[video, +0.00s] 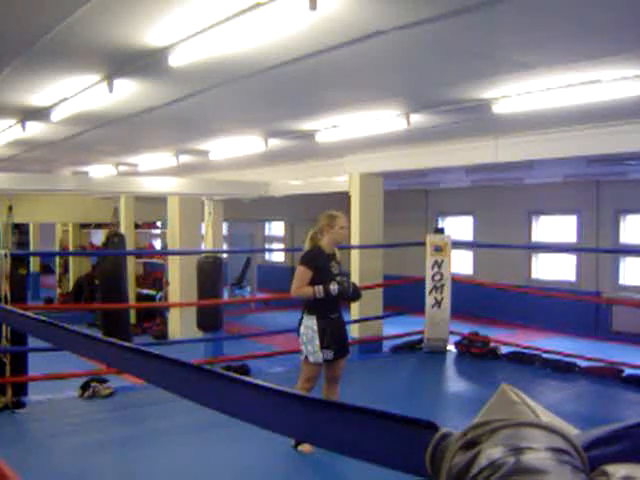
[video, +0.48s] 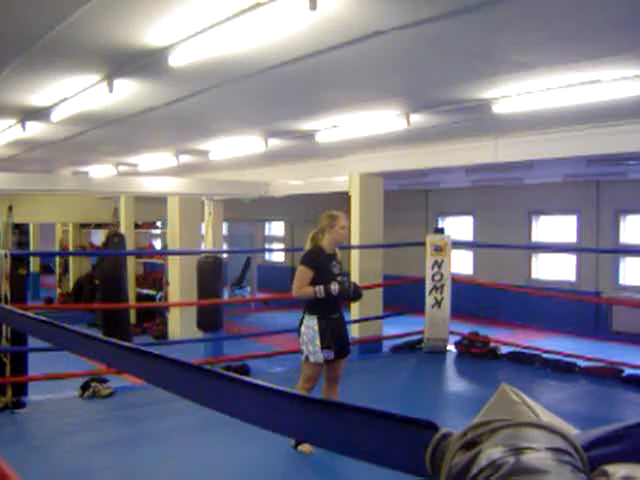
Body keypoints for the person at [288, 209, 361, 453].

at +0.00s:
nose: (345, 233)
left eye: (346, 229)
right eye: (342, 229)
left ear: (335, 230)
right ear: (327, 229)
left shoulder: (334, 258)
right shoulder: (312, 255)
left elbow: (332, 289)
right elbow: (296, 289)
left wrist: (349, 291)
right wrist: (327, 289)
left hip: (334, 317)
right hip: (315, 318)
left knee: (334, 378)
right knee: (308, 379)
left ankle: (329, 428)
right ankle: (299, 431)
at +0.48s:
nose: (346, 233)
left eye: (347, 229)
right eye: (343, 229)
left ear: (338, 230)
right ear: (328, 229)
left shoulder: (335, 258)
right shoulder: (313, 256)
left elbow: (331, 289)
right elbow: (297, 289)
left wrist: (349, 291)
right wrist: (329, 289)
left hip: (335, 318)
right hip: (316, 319)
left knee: (334, 378)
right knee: (309, 379)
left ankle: (331, 428)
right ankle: (299, 431)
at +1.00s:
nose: (346, 233)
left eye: (347, 229)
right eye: (343, 229)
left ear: (338, 230)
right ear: (329, 229)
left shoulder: (336, 257)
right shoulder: (314, 256)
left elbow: (333, 288)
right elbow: (298, 290)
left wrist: (350, 291)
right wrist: (329, 289)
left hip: (335, 317)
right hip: (316, 318)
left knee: (334, 378)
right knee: (309, 379)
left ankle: (330, 428)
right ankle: (299, 431)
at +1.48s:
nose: (347, 233)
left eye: (347, 229)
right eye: (343, 229)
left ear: (337, 230)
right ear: (329, 229)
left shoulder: (336, 258)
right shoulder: (313, 256)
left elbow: (333, 288)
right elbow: (298, 290)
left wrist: (350, 291)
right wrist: (330, 289)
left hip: (335, 318)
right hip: (316, 319)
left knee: (334, 378)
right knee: (309, 379)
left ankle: (330, 428)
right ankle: (299, 431)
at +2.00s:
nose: (347, 233)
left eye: (347, 229)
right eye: (343, 229)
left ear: (338, 230)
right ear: (329, 229)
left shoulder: (335, 258)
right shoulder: (314, 256)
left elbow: (333, 288)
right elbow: (298, 290)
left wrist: (350, 290)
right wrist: (330, 289)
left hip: (335, 318)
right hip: (316, 319)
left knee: (334, 379)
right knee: (309, 380)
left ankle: (331, 429)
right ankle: (299, 432)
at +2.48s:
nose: (347, 233)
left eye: (347, 229)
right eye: (343, 229)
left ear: (338, 230)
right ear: (329, 229)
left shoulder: (336, 258)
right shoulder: (314, 256)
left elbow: (333, 288)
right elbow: (298, 290)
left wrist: (350, 290)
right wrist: (329, 289)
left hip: (336, 318)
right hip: (316, 319)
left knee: (334, 378)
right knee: (309, 380)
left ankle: (330, 429)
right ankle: (299, 431)